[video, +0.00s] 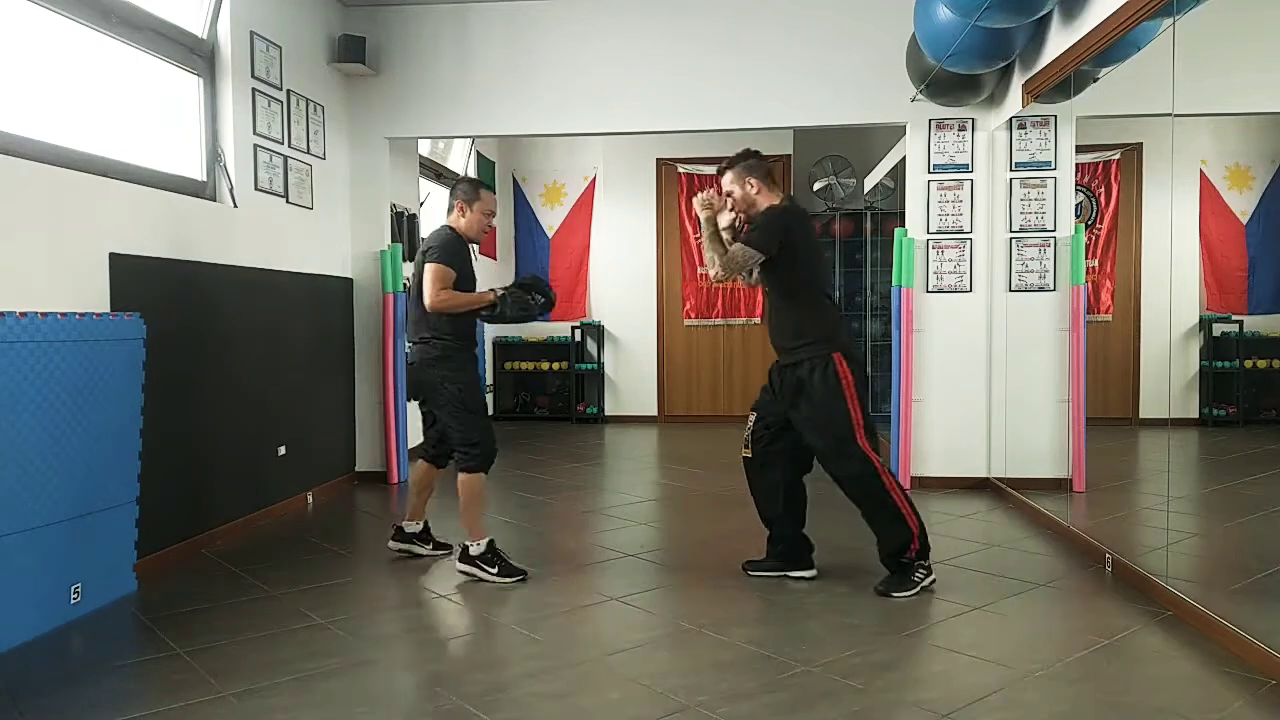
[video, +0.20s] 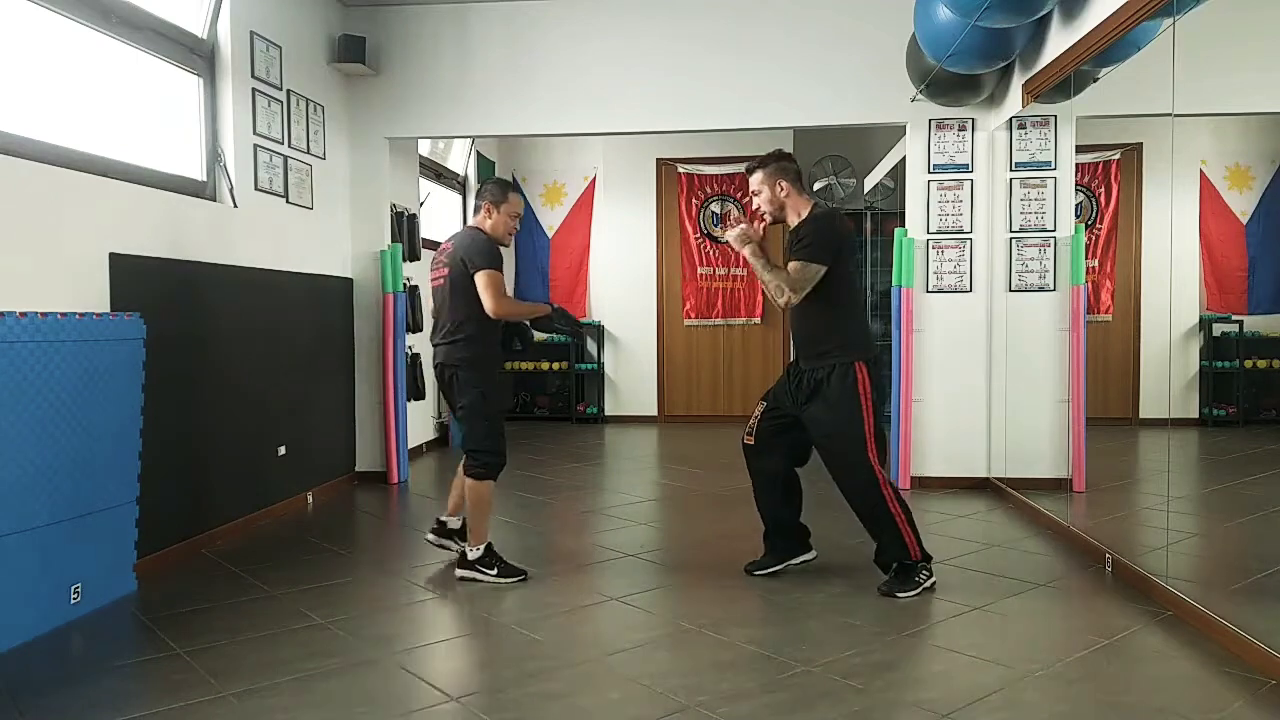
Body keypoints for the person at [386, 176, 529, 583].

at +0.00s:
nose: (490, 224)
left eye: (492, 217)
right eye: (486, 215)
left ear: (463, 213)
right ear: (460, 209)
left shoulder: (451, 245)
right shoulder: (444, 242)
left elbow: (454, 302)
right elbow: (435, 299)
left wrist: (498, 299)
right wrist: (492, 298)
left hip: (437, 365)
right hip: (446, 366)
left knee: (437, 447)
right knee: (474, 451)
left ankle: (411, 528)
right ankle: (477, 549)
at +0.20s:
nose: (517, 226)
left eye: (519, 219)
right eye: (513, 217)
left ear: (484, 214)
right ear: (487, 210)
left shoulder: (454, 245)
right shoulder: (479, 244)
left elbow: (459, 308)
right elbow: (496, 305)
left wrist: (513, 318)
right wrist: (546, 310)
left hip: (454, 361)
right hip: (472, 364)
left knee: (479, 448)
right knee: (486, 455)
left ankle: (450, 522)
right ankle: (476, 553)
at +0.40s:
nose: (523, 224)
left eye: (525, 216)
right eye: (519, 215)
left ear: (491, 212)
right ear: (494, 209)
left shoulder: (460, 245)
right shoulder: (488, 242)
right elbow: (500, 302)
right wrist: (548, 304)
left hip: (462, 366)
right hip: (489, 362)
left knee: (491, 450)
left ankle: (489, 544)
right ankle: (528, 512)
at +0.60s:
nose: (520, 223)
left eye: (521, 216)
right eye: (515, 214)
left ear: (489, 213)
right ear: (489, 209)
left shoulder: (471, 243)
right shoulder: (480, 239)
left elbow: (502, 296)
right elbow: (511, 292)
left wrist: (540, 278)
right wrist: (553, 277)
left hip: (474, 357)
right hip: (493, 339)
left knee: (499, 444)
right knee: (590, 324)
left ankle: (490, 543)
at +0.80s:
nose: (516, 221)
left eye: (517, 214)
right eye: (510, 213)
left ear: (492, 211)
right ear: (485, 207)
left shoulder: (494, 248)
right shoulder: (469, 237)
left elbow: (498, 295)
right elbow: (459, 285)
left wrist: (535, 282)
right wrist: (510, 270)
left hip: (489, 354)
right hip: (507, 343)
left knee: (503, 443)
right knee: (607, 347)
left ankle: (490, 543)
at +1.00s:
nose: (525, 212)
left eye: (527, 205)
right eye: (521, 204)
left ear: (489, 199)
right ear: (497, 197)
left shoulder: (460, 232)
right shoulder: (498, 227)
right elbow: (529, 254)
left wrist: (550, 224)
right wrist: (555, 213)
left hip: (477, 350)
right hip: (512, 348)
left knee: (491, 445)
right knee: (543, 446)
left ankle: (488, 541)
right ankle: (530, 547)